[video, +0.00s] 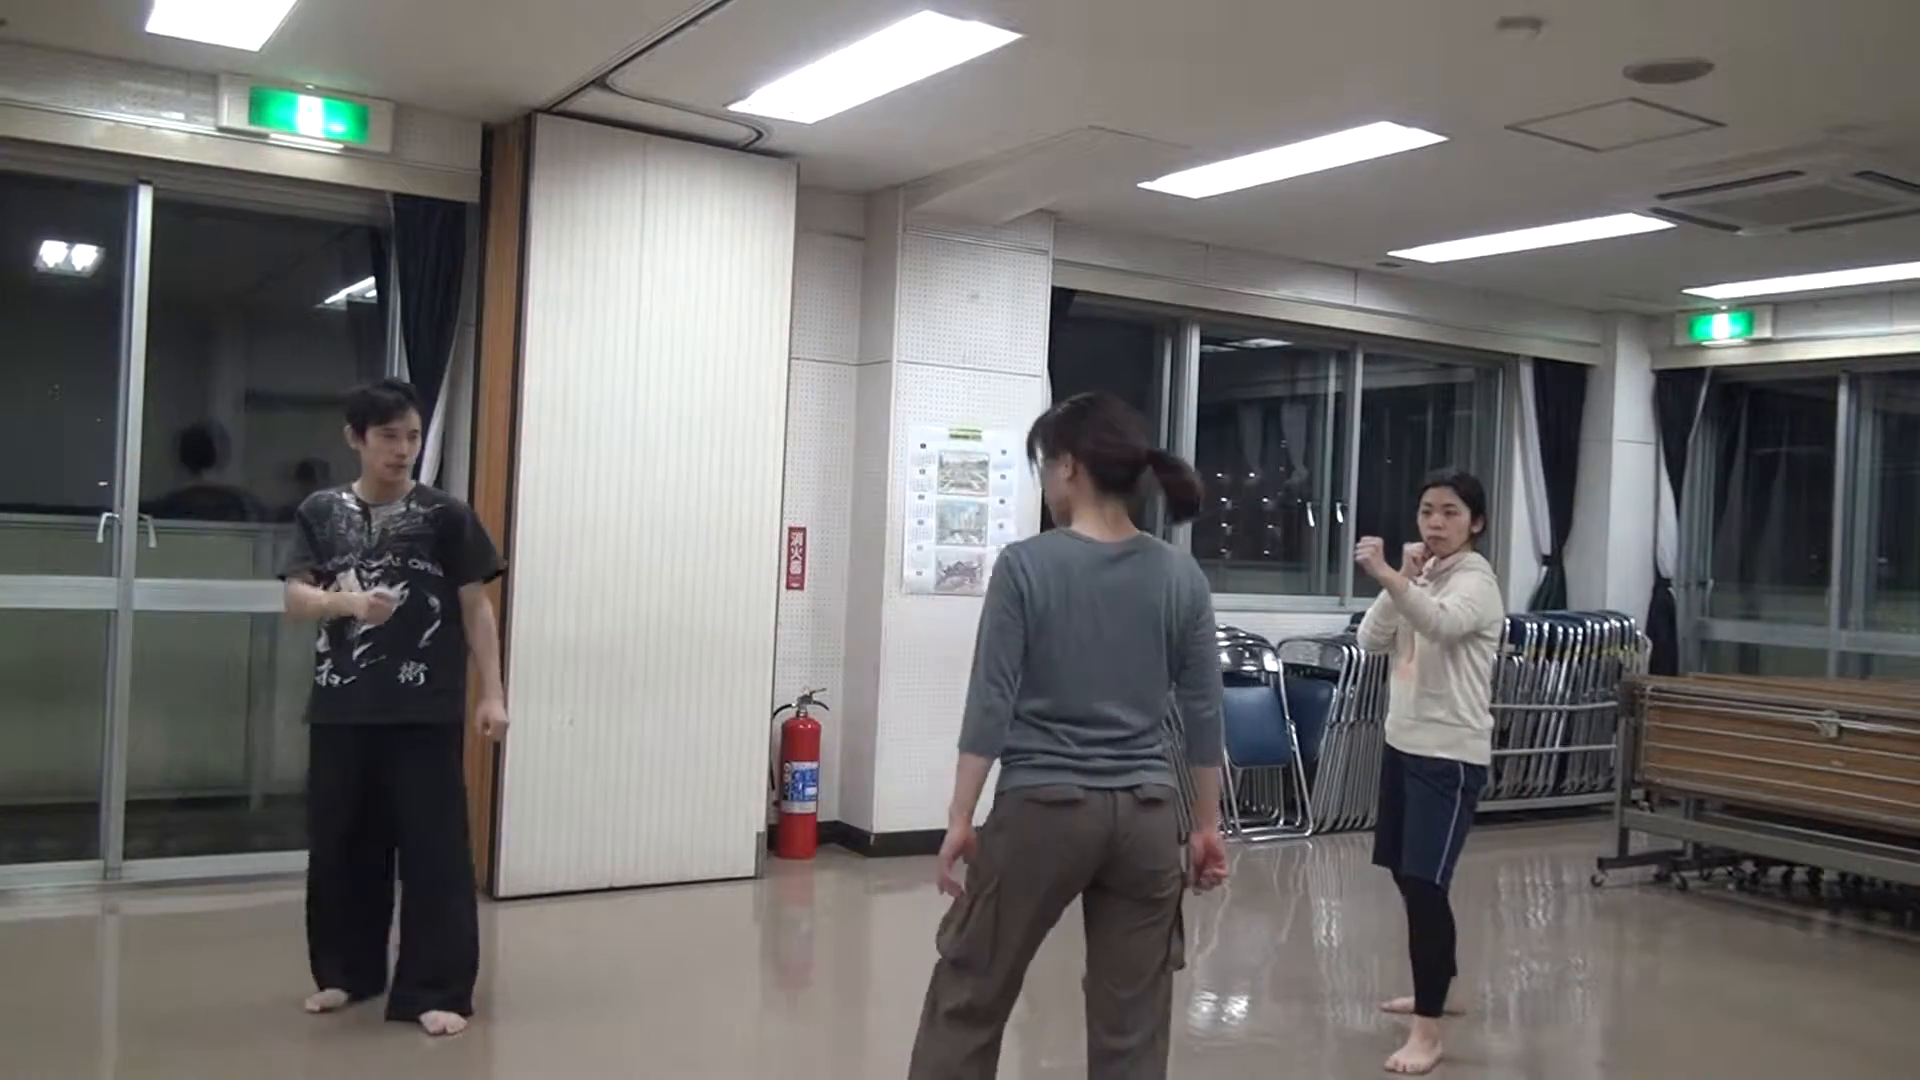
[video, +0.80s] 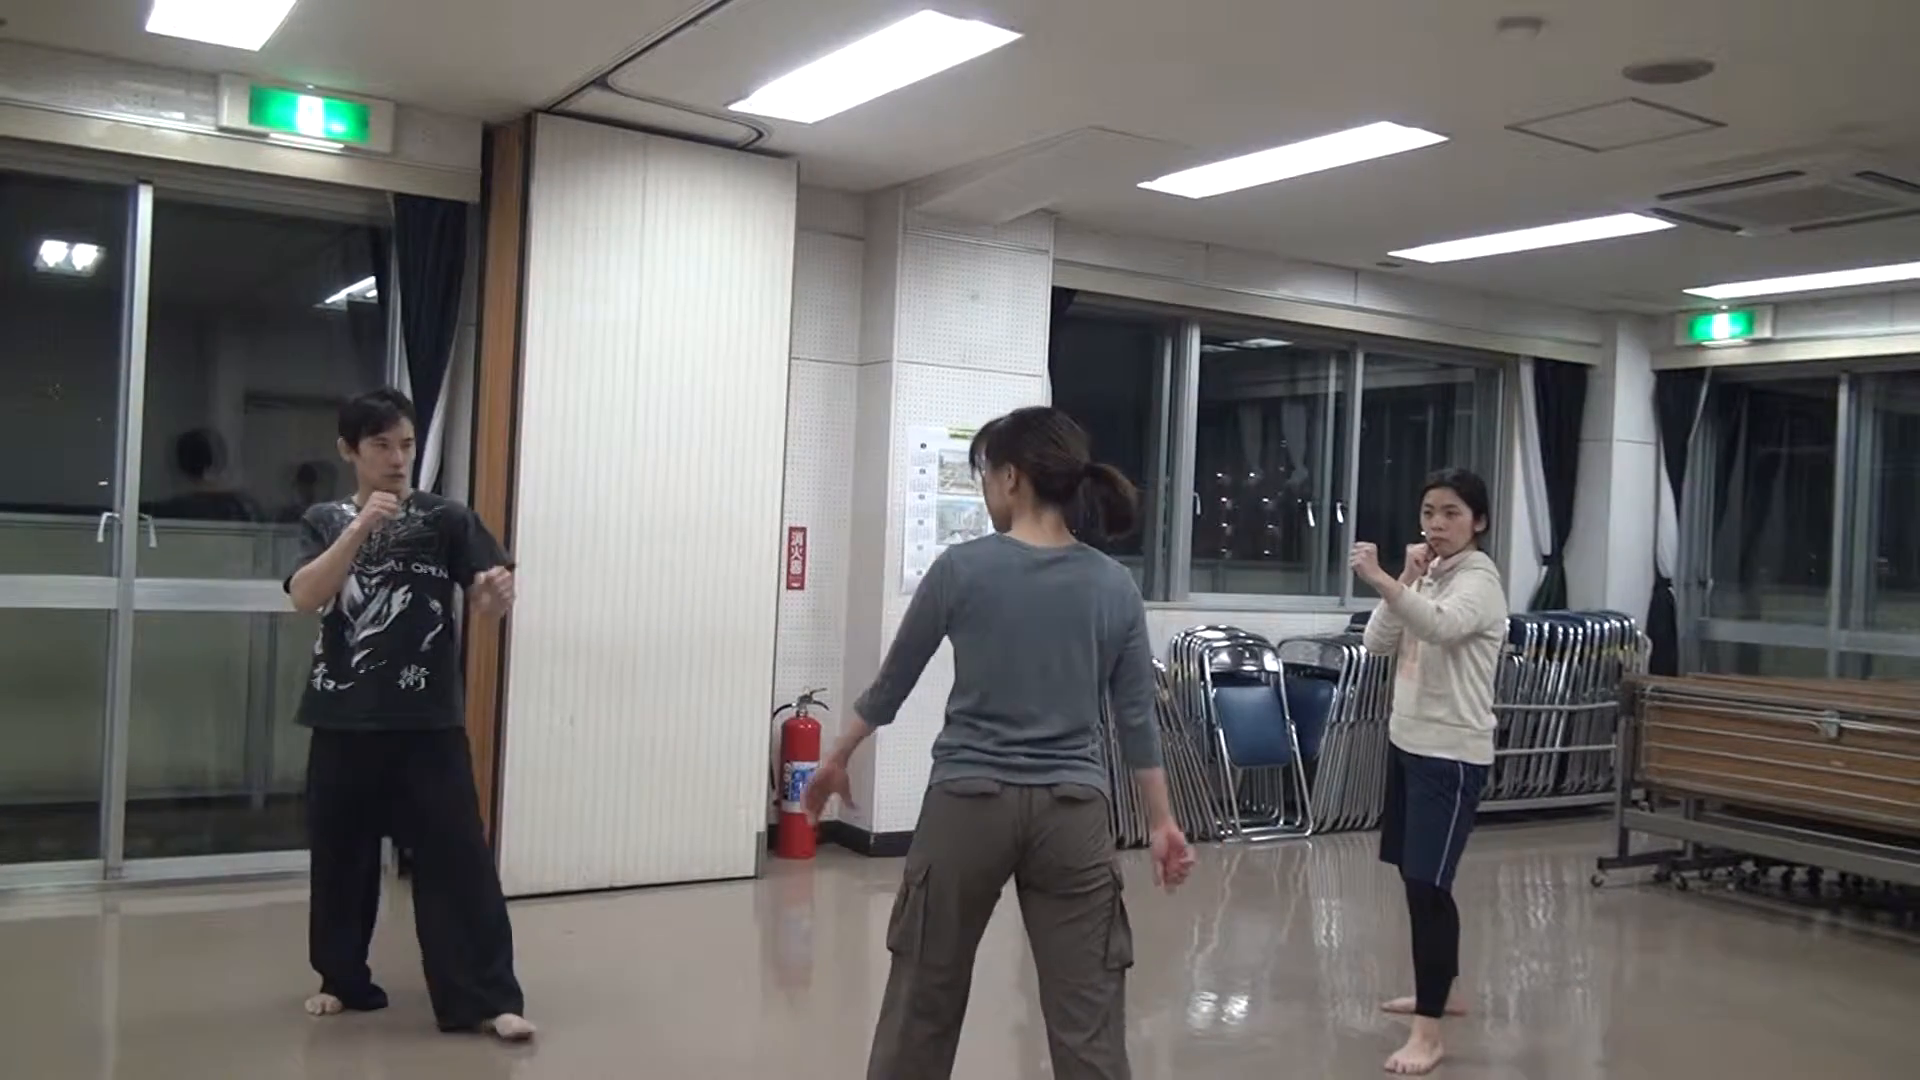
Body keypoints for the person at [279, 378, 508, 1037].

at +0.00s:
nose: (401, 449)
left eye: (411, 438)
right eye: (388, 437)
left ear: (421, 441)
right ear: (357, 439)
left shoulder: (448, 515)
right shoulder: (321, 513)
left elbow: (477, 610)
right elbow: (295, 599)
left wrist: (493, 693)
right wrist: (348, 602)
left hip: (426, 715)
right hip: (343, 716)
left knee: (435, 855)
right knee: (341, 848)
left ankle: (438, 995)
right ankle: (347, 975)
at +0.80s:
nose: (397, 456)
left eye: (406, 445)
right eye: (382, 445)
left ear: (417, 448)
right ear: (350, 450)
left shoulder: (448, 519)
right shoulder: (327, 522)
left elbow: (493, 586)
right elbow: (304, 595)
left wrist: (493, 594)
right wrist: (359, 529)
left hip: (428, 724)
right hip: (345, 724)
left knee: (460, 861)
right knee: (340, 859)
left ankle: (493, 1001)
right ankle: (340, 983)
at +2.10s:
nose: (435, 476)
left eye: (444, 463)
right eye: (419, 463)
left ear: (454, 463)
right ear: (384, 465)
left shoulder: (476, 534)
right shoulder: (359, 532)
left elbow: (535, 621)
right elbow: (332, 608)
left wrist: (510, 558)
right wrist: (386, 538)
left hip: (463, 734)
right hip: (380, 732)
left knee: (498, 864)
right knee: (358, 858)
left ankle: (512, 1007)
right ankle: (347, 983)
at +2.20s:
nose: (462, 513)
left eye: (472, 501)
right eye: (446, 500)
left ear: (482, 506)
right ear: (413, 505)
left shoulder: (504, 579)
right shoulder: (376, 573)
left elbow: (550, 673)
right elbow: (339, 654)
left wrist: (533, 617)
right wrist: (401, 589)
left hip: (481, 777)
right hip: (391, 776)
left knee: (545, 879)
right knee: (350, 886)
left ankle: (561, 1027)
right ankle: (342, 984)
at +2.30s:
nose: (507, 525)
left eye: (518, 513)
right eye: (492, 511)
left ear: (527, 521)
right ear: (458, 518)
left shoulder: (550, 600)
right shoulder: (418, 593)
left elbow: (602, 690)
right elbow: (380, 682)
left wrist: (591, 655)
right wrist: (436, 622)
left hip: (516, 792)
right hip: (422, 792)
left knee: (593, 887)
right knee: (373, 892)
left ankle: (638, 1042)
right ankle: (338, 979)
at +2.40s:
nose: (559, 515)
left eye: (570, 504)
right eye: (543, 503)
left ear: (581, 514)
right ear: (511, 515)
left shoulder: (612, 588)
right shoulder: (483, 598)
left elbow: (691, 623)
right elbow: (450, 686)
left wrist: (716, 617)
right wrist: (502, 616)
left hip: (590, 795)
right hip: (498, 795)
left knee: (644, 891)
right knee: (431, 886)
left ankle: (650, 1058)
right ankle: (355, 969)